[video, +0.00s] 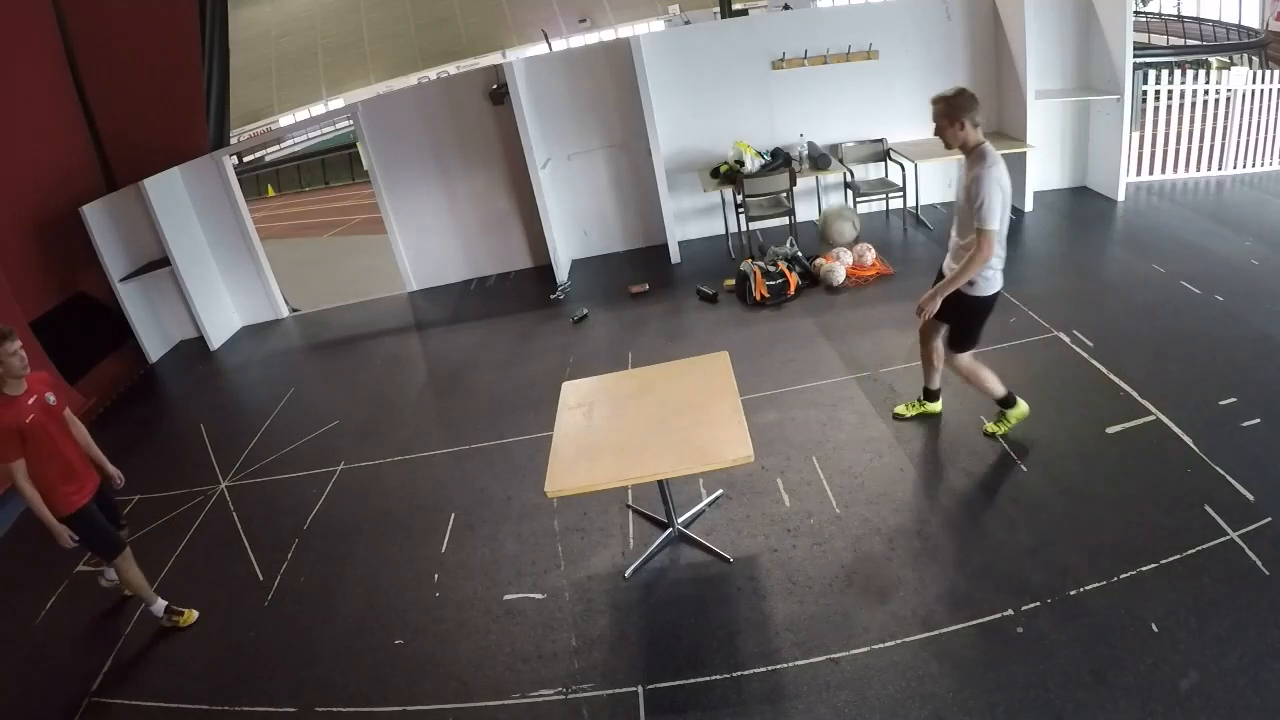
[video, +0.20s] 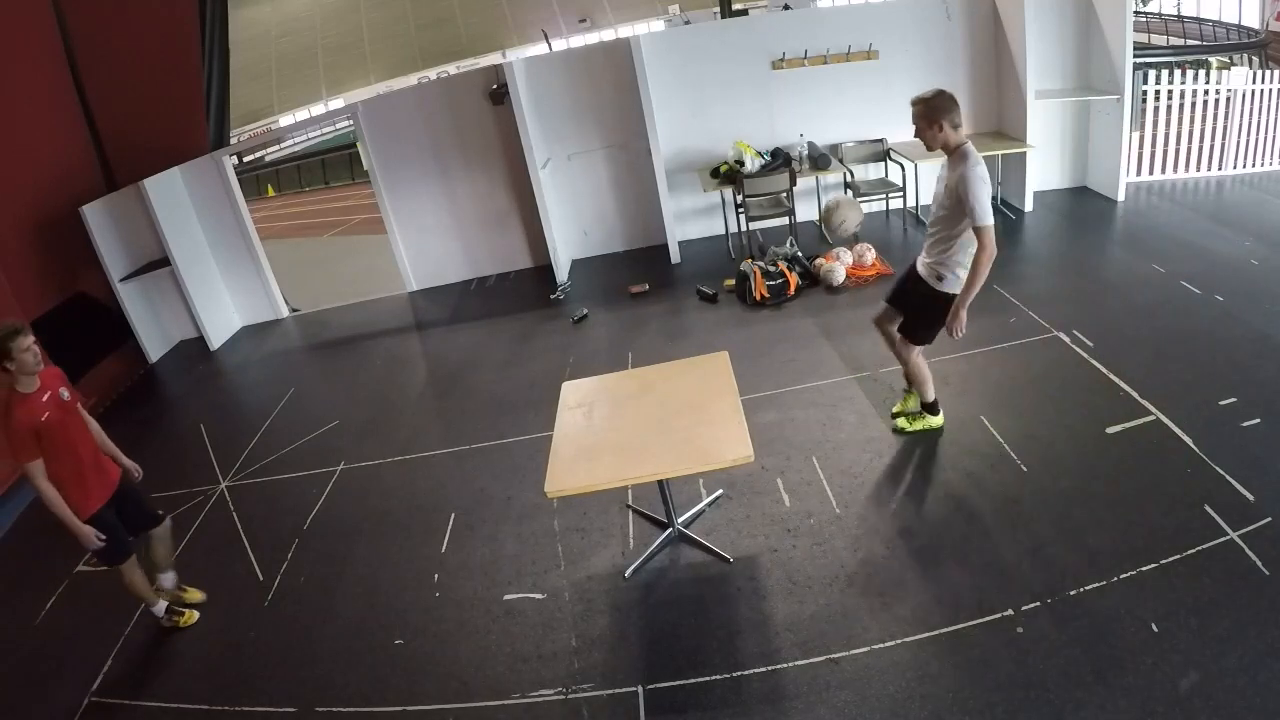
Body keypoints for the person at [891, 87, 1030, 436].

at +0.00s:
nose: (936, 133)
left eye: (939, 126)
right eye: (936, 125)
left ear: (961, 125)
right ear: (965, 124)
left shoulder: (988, 175)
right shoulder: (975, 159)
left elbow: (985, 249)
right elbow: (970, 227)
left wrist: (939, 292)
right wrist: (953, 264)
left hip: (977, 285)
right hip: (954, 270)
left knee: (957, 357)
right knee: (928, 332)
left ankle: (1011, 405)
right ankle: (931, 399)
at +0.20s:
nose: (916, 135)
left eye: (919, 128)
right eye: (915, 128)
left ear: (941, 126)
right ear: (944, 126)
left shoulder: (971, 173)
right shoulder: (956, 160)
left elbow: (987, 248)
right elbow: (953, 224)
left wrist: (962, 305)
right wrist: (930, 261)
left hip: (944, 281)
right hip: (925, 266)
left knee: (908, 347)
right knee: (885, 322)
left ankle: (932, 412)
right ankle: (916, 390)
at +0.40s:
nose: (905, 143)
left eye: (909, 136)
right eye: (905, 136)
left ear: (930, 136)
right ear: (933, 135)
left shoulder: (953, 184)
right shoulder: (941, 170)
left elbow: (944, 253)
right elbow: (930, 236)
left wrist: (911, 314)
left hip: (927, 288)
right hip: (908, 264)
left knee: (895, 356)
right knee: (842, 266)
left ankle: (930, 413)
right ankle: (867, 331)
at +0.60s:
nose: (894, 128)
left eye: (897, 121)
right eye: (893, 121)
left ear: (919, 120)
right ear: (920, 120)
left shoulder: (936, 168)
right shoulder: (927, 159)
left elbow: (918, 241)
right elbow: (912, 229)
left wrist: (872, 287)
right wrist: (883, 251)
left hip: (922, 277)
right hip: (906, 268)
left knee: (898, 349)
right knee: (858, 320)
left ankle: (931, 411)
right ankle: (894, 381)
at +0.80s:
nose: (869, 137)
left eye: (874, 130)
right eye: (868, 130)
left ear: (897, 126)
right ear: (895, 127)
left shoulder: (924, 169)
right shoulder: (895, 160)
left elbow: (932, 245)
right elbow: (883, 202)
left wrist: (911, 308)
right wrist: (850, 231)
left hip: (915, 270)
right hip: (901, 261)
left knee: (832, 296)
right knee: (889, 327)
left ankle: (886, 350)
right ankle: (912, 397)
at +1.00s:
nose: (858, 131)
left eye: (863, 123)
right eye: (857, 123)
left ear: (888, 118)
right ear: (883, 119)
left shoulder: (917, 167)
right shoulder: (878, 156)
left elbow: (938, 236)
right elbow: (866, 208)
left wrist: (946, 296)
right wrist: (833, 242)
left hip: (914, 264)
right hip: (898, 256)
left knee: (826, 282)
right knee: (904, 334)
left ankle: (875, 350)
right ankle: (914, 398)